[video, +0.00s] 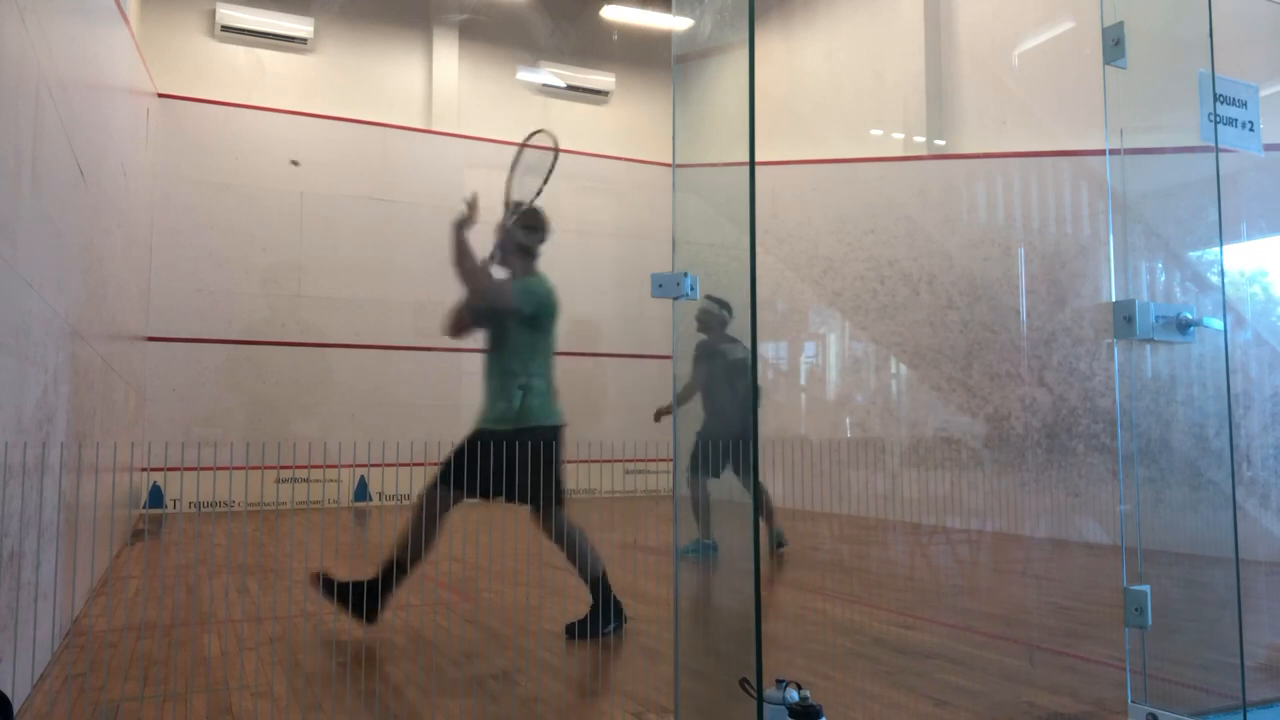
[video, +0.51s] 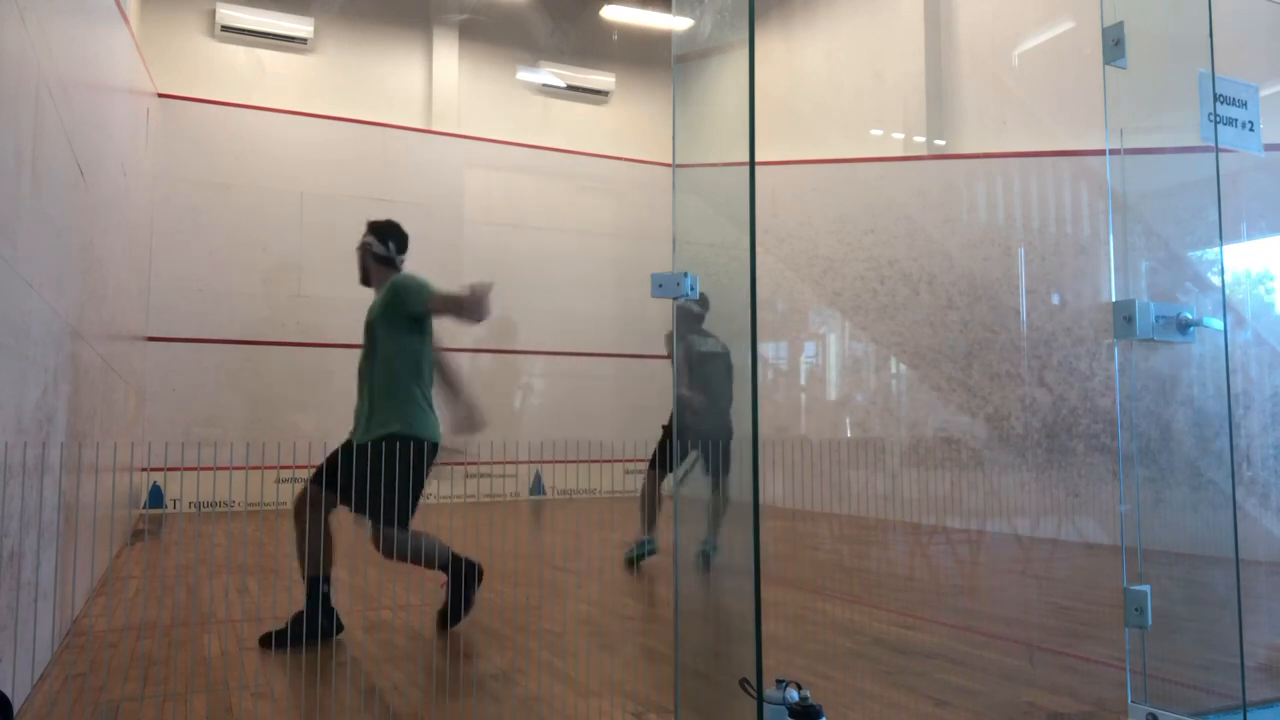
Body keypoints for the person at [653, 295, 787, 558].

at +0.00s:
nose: (697, 318)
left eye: (702, 314)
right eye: (699, 313)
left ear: (713, 320)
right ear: (722, 322)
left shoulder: (706, 347)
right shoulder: (740, 347)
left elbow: (694, 385)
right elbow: (753, 389)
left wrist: (669, 407)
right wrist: (744, 415)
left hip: (717, 425)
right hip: (744, 425)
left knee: (696, 477)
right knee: (750, 479)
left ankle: (705, 539)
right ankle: (775, 532)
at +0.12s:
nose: (691, 313)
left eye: (697, 310)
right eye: (692, 309)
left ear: (711, 315)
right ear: (717, 316)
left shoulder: (698, 344)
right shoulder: (734, 344)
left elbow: (690, 385)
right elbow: (739, 389)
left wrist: (670, 413)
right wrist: (728, 412)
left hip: (706, 425)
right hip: (734, 424)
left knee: (695, 478)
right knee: (737, 481)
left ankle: (705, 539)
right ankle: (745, 536)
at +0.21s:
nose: (687, 313)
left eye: (692, 309)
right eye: (688, 308)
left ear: (704, 313)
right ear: (714, 314)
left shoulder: (694, 343)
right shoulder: (728, 343)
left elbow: (692, 387)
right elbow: (730, 384)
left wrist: (683, 423)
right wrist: (720, 411)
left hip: (698, 425)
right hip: (726, 424)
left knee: (691, 481)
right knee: (722, 481)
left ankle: (706, 536)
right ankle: (715, 535)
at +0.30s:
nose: (682, 316)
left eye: (686, 312)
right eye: (684, 311)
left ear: (693, 316)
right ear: (709, 317)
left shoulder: (689, 342)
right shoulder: (724, 345)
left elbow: (694, 382)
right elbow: (729, 391)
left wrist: (690, 417)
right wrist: (715, 412)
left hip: (695, 421)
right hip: (722, 424)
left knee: (675, 478)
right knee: (714, 484)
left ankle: (698, 536)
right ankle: (705, 543)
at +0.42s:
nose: (678, 319)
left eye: (681, 314)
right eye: (680, 313)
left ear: (687, 317)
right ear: (707, 318)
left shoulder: (685, 341)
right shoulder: (722, 346)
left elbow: (689, 369)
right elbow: (731, 387)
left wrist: (693, 401)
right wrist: (724, 414)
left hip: (689, 423)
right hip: (718, 426)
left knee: (657, 473)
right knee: (712, 485)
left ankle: (675, 529)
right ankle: (705, 546)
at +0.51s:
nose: (674, 322)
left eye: (677, 317)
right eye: (676, 316)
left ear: (684, 318)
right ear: (701, 318)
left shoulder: (680, 342)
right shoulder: (718, 347)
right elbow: (725, 398)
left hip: (684, 423)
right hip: (716, 425)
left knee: (653, 478)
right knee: (719, 486)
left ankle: (647, 538)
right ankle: (710, 542)